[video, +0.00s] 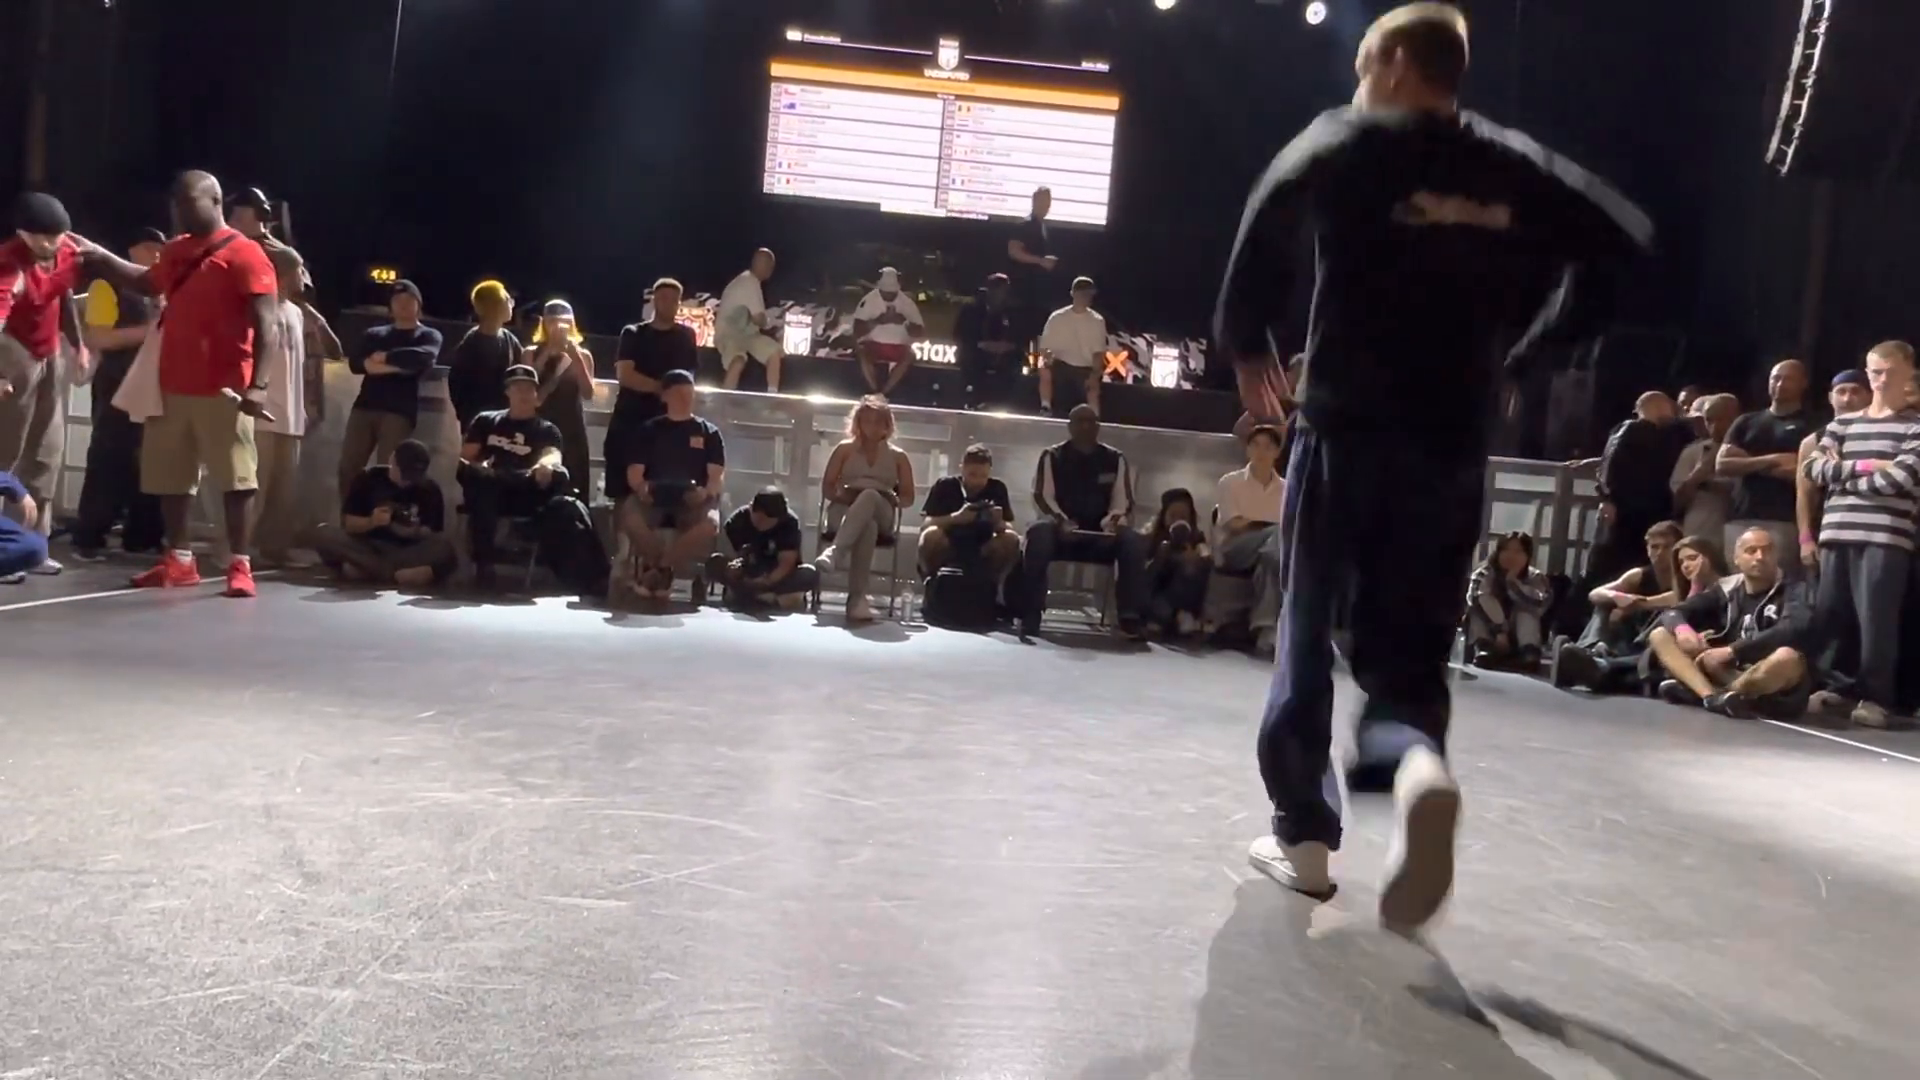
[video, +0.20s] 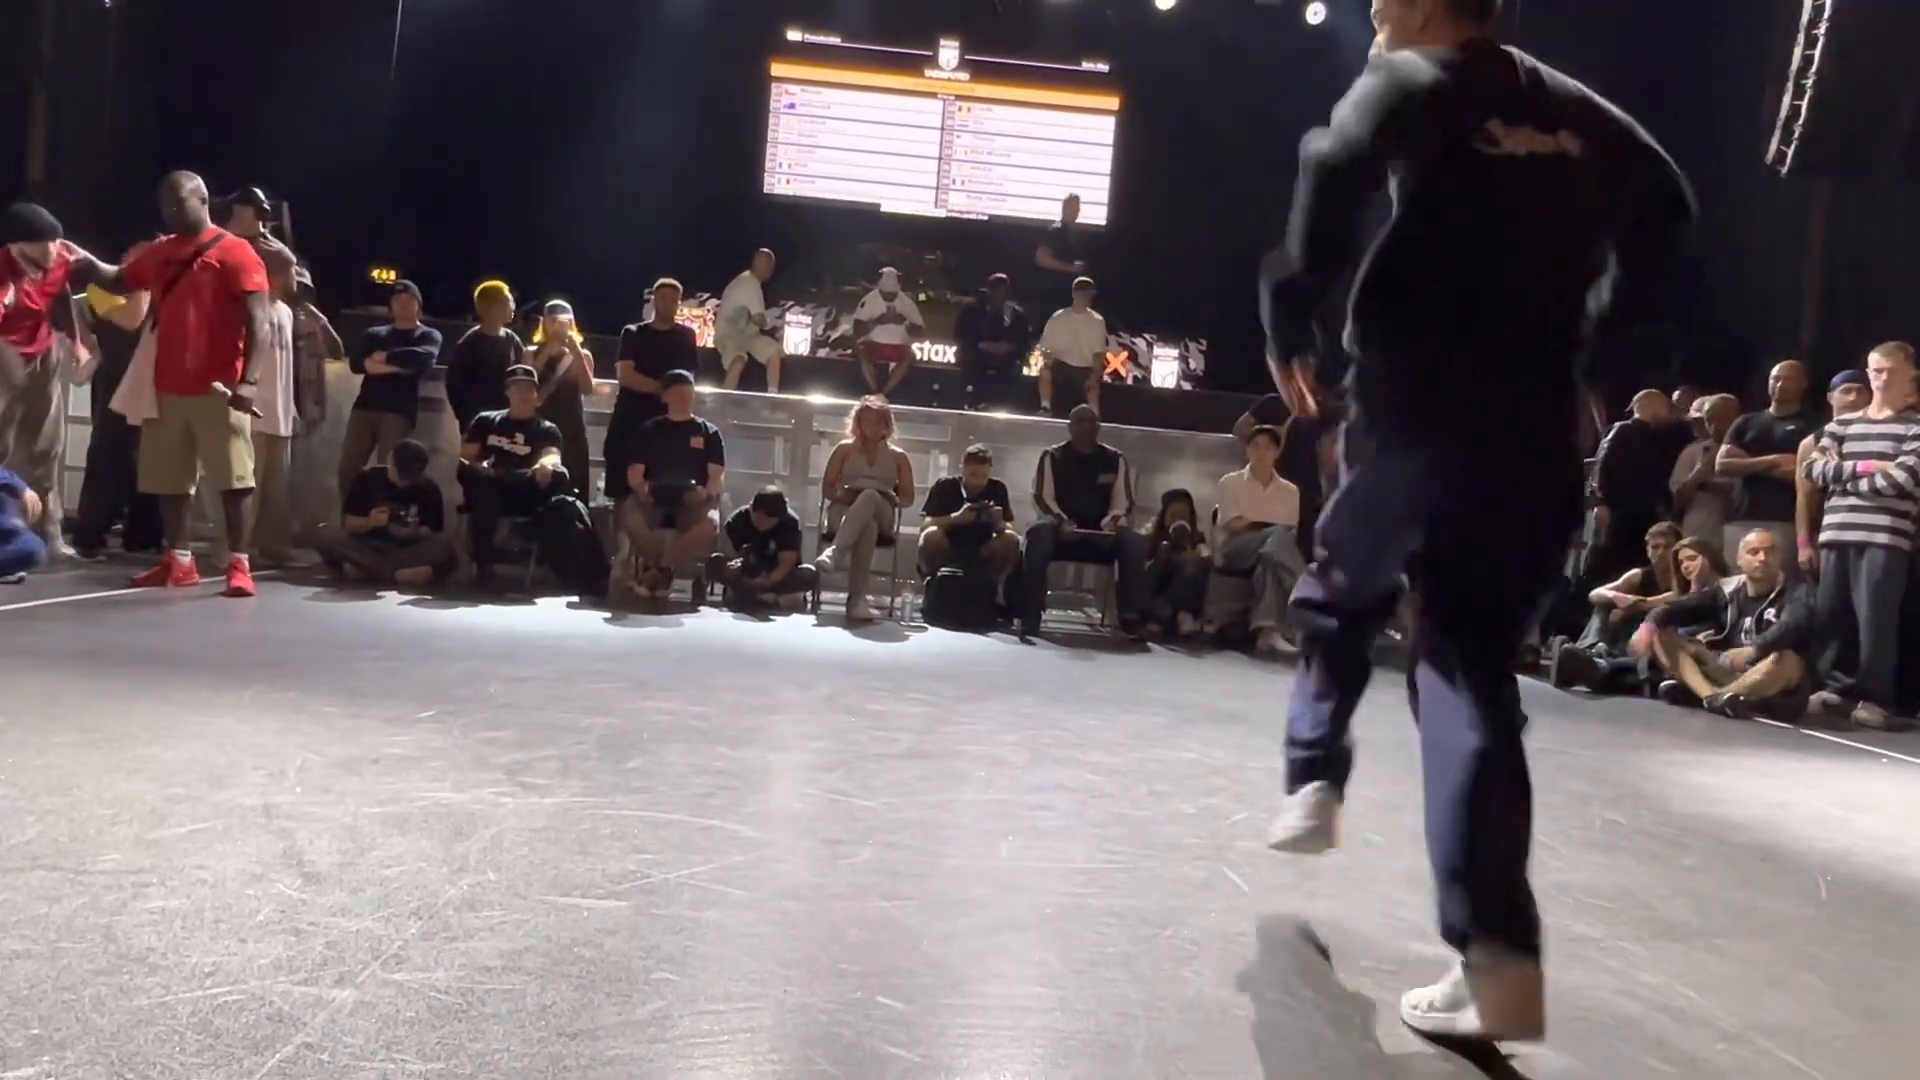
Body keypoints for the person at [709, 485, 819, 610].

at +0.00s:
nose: (758, 522)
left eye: (765, 520)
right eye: (757, 517)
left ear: (777, 518)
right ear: (752, 509)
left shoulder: (789, 523)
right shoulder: (735, 523)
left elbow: (787, 563)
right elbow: (741, 556)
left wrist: (767, 580)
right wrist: (735, 566)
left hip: (778, 569)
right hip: (749, 569)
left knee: (810, 573)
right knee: (715, 563)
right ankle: (773, 600)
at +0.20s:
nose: (761, 524)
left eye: (767, 520)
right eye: (759, 519)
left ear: (778, 517)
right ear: (752, 509)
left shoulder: (790, 523)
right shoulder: (735, 523)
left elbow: (787, 563)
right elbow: (743, 556)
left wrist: (768, 581)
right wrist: (737, 565)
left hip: (778, 569)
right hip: (751, 569)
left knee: (810, 573)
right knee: (715, 563)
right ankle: (774, 600)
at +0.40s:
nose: (773, 524)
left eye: (775, 520)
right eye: (770, 520)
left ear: (779, 515)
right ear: (755, 512)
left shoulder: (790, 522)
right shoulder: (735, 523)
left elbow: (787, 563)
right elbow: (742, 556)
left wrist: (767, 581)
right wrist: (738, 564)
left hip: (779, 567)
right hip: (752, 567)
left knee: (809, 574)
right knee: (716, 562)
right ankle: (776, 600)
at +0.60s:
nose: (768, 525)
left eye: (772, 521)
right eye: (764, 520)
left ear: (779, 516)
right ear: (753, 511)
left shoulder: (790, 523)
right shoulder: (736, 523)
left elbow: (787, 564)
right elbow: (743, 558)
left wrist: (767, 583)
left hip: (780, 570)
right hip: (752, 570)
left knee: (809, 575)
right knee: (716, 563)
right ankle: (776, 601)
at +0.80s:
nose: (768, 525)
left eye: (773, 521)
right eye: (765, 521)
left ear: (779, 517)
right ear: (754, 512)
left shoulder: (790, 523)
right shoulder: (736, 524)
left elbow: (788, 564)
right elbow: (745, 559)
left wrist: (767, 583)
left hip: (780, 570)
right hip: (753, 571)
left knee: (810, 575)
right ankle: (778, 602)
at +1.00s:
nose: (770, 525)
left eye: (774, 521)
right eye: (767, 521)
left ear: (779, 516)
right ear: (754, 513)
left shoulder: (790, 523)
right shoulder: (735, 523)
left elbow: (787, 564)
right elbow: (744, 558)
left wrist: (765, 584)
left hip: (779, 570)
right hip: (752, 571)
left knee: (809, 574)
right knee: (715, 563)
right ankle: (777, 601)